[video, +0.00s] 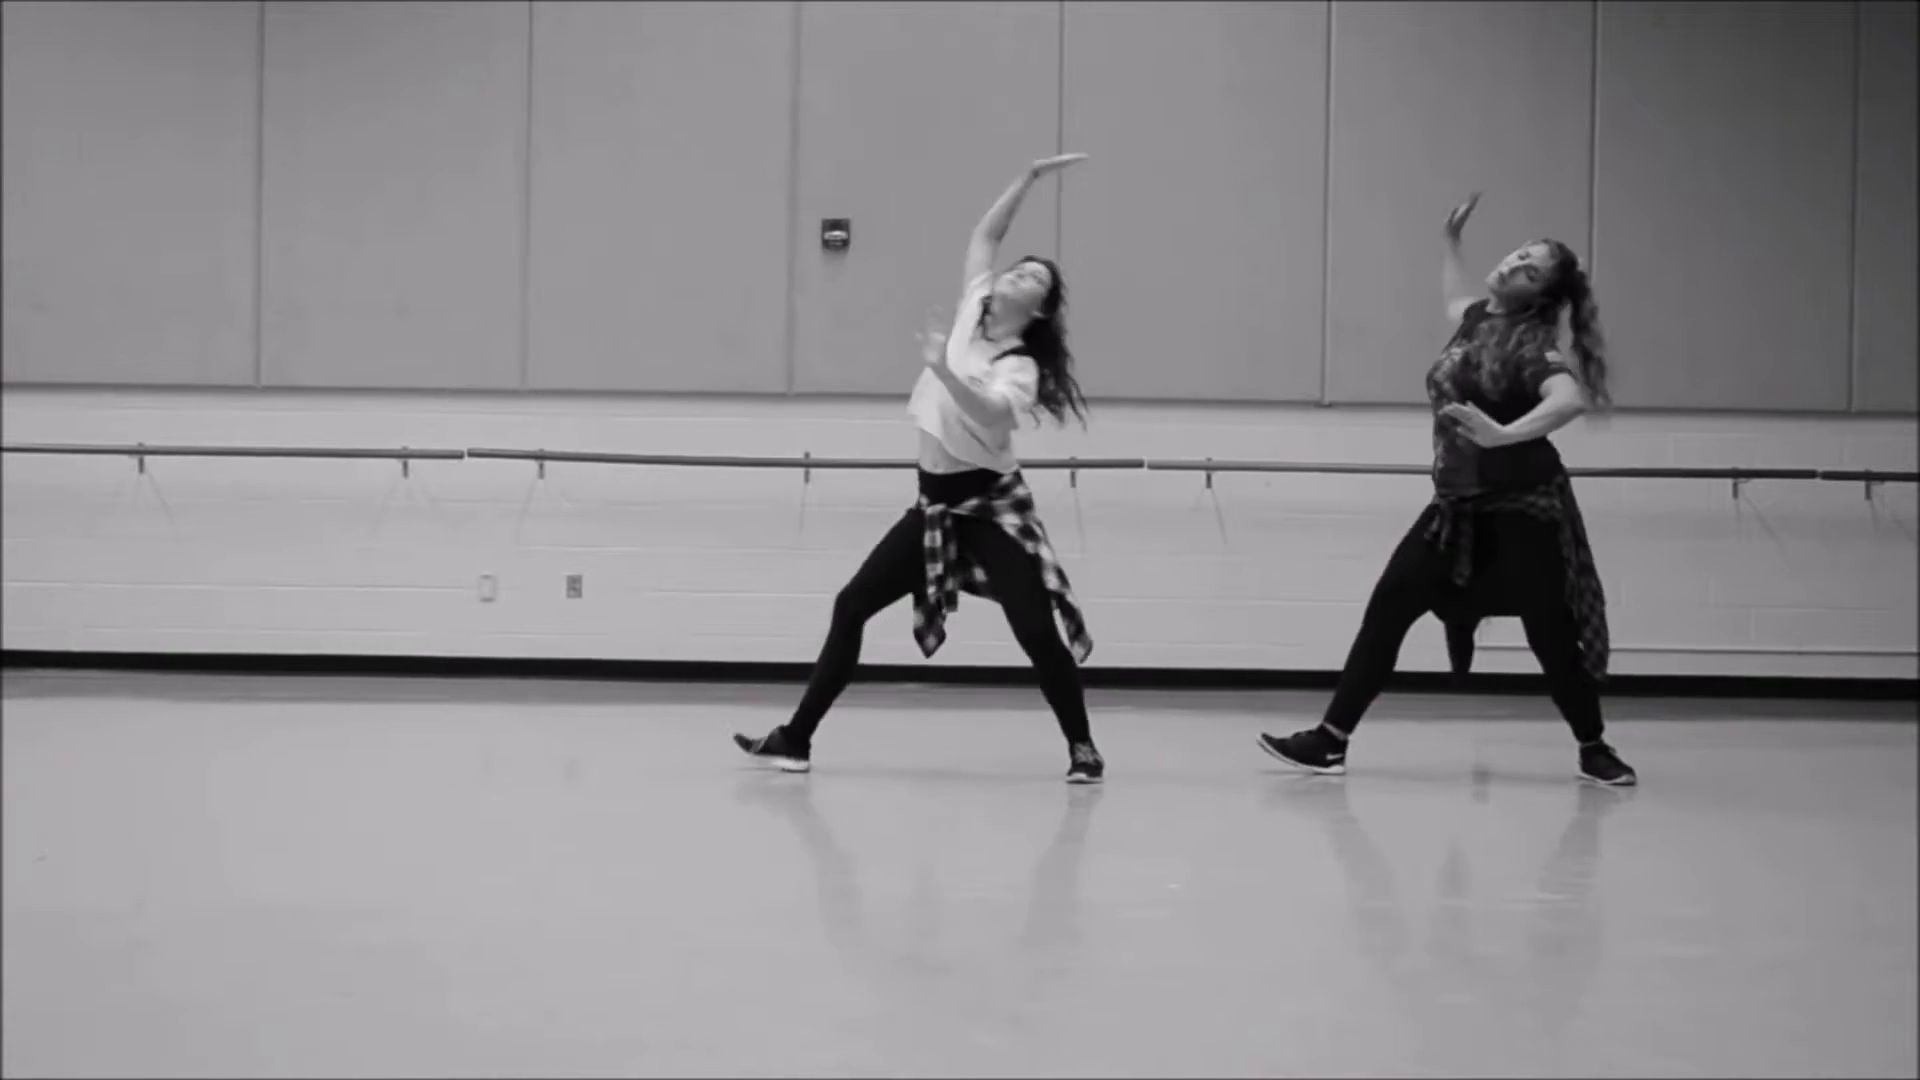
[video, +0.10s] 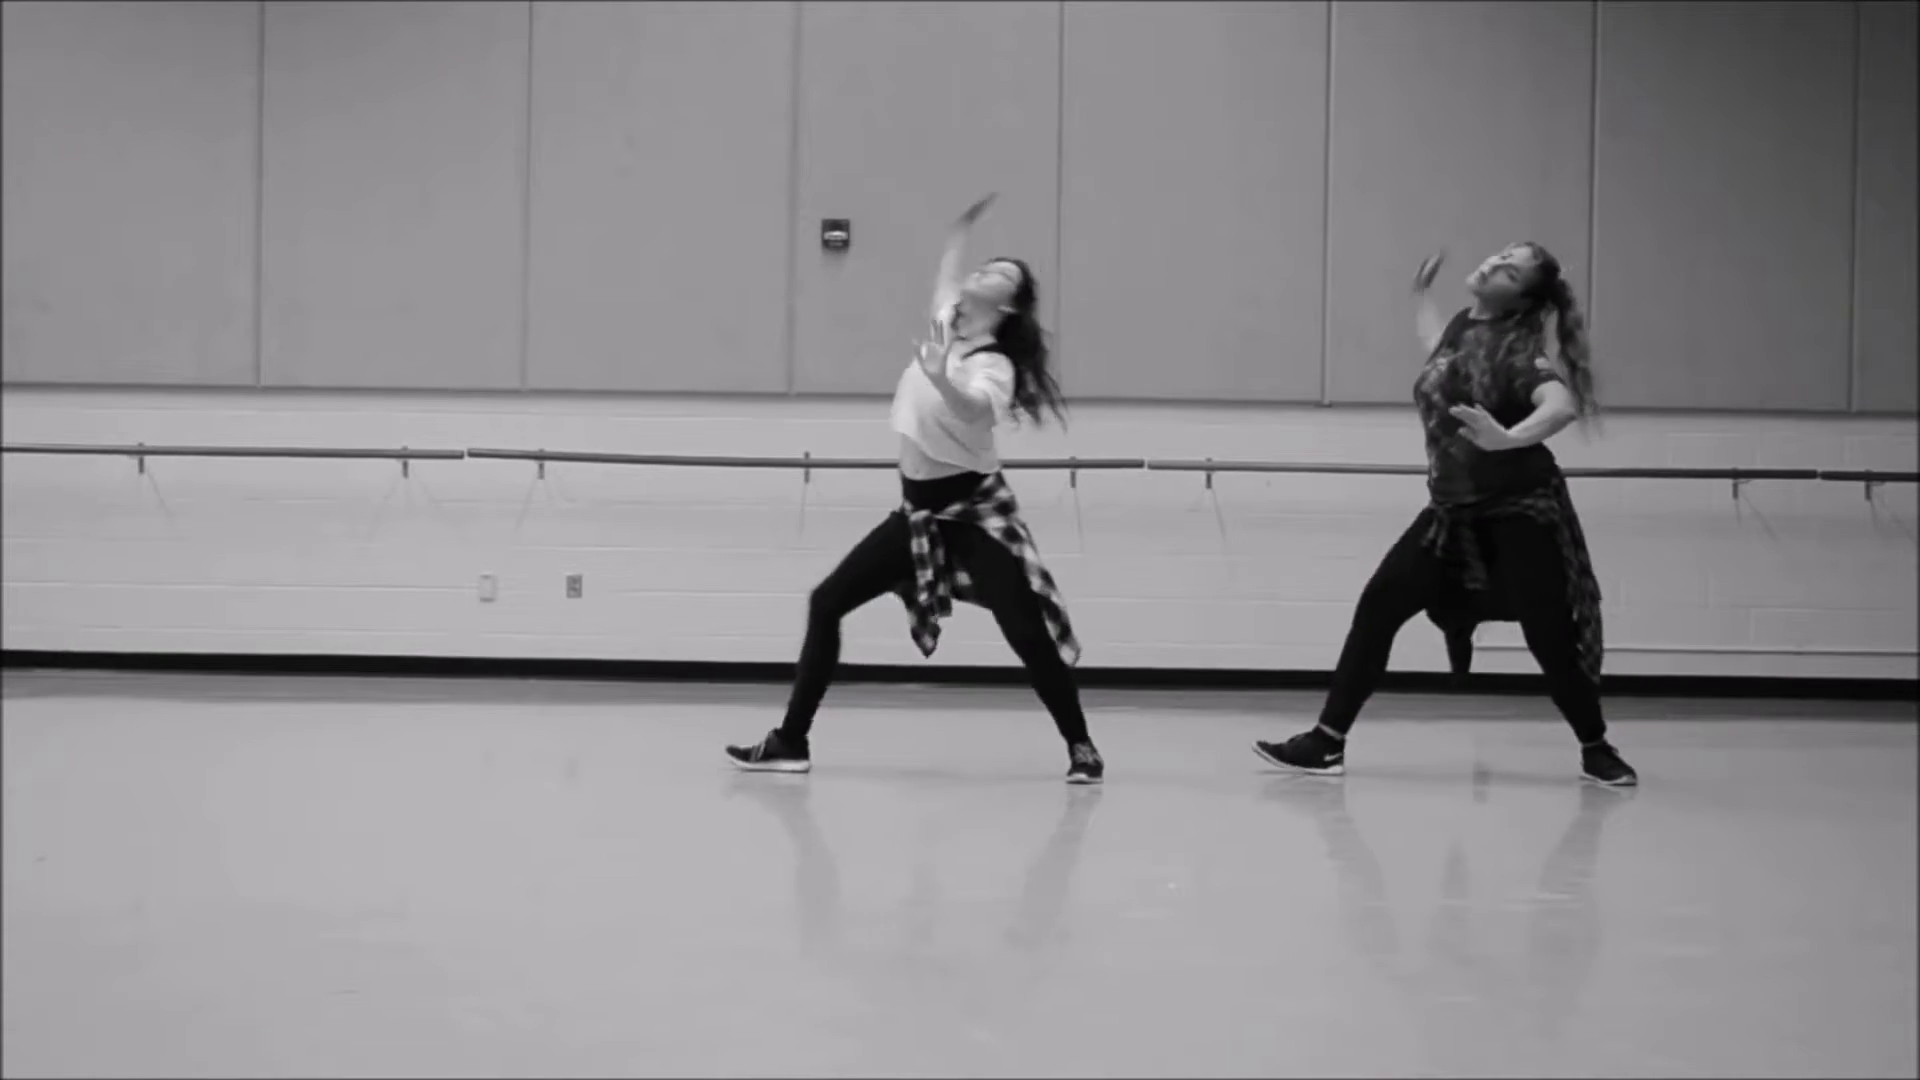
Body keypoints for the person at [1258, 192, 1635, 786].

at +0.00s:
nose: (1514, 262)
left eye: (1531, 266)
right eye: (1518, 254)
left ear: (1541, 295)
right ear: (1503, 265)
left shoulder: (1535, 343)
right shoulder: (1474, 323)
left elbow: (1569, 400)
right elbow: (1456, 299)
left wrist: (1505, 433)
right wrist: (1451, 245)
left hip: (1524, 507)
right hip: (1457, 506)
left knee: (1553, 635)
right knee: (1389, 605)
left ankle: (1593, 748)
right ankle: (1331, 735)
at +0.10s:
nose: (1493, 263)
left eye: (1509, 267)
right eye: (1497, 255)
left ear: (1522, 297)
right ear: (1483, 270)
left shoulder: (1525, 346)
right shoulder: (1459, 328)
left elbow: (1561, 405)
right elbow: (1436, 347)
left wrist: (1510, 437)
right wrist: (1422, 296)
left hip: (1522, 514)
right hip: (1452, 512)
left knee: (1550, 634)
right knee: (1379, 606)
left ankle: (1596, 749)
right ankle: (1327, 737)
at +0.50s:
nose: (1353, 261)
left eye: (1367, 258)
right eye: (1357, 252)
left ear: (1397, 278)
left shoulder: (1417, 331)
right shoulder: (1340, 329)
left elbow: (1461, 374)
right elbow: (1318, 386)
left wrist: (1486, 384)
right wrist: (1250, 375)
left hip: (1431, 495)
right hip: (1363, 496)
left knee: (1410, 598)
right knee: (1288, 590)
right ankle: (1307, 724)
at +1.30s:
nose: (1271, 255)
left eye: (1282, 244)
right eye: (1262, 246)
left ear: (1306, 247)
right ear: (1254, 252)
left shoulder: (1329, 310)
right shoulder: (1260, 317)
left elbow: (1292, 394)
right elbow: (1230, 387)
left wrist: (1209, 403)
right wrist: (1162, 401)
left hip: (1347, 482)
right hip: (1287, 484)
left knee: (1342, 609)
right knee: (1241, 600)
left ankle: (1366, 743)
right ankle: (1213, 736)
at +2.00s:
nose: (1347, 321)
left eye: (1359, 308)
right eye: (1336, 309)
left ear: (1377, 308)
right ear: (1319, 307)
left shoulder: (1389, 373)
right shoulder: (1288, 350)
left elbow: (1357, 460)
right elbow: (1251, 419)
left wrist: (1306, 451)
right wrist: (1212, 422)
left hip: (1328, 517)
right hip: (1252, 507)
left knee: (1339, 630)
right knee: (1170, 602)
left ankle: (1371, 747)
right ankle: (1199, 735)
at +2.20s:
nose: (1281, 269)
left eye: (1292, 258)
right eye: (1273, 258)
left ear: (1317, 261)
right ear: (1262, 261)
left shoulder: (1335, 323)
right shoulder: (1245, 303)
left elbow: (1317, 408)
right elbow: (1186, 358)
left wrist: (1235, 395)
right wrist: (1162, 372)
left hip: (1314, 488)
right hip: (1236, 483)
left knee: (1343, 616)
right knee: (1179, 596)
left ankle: (1374, 739)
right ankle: (1201, 734)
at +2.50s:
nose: (1162, 260)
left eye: (1166, 245)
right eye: (1148, 257)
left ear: (1188, 238)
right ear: (1141, 266)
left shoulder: (1234, 289)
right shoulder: (1147, 299)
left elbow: (1195, 355)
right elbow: (1091, 345)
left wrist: (1114, 389)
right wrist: (1065, 387)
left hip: (1264, 464)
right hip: (1195, 468)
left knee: (1274, 588)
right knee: (1193, 600)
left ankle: (1306, 715)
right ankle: (1201, 733)